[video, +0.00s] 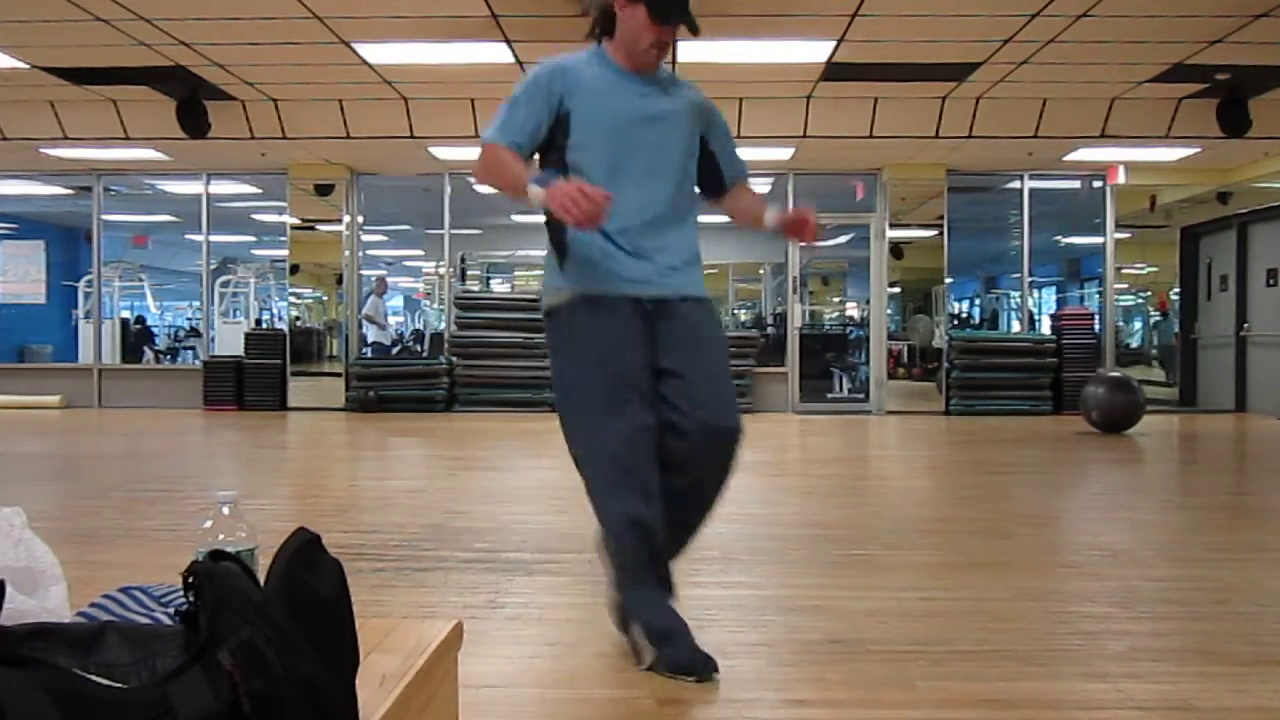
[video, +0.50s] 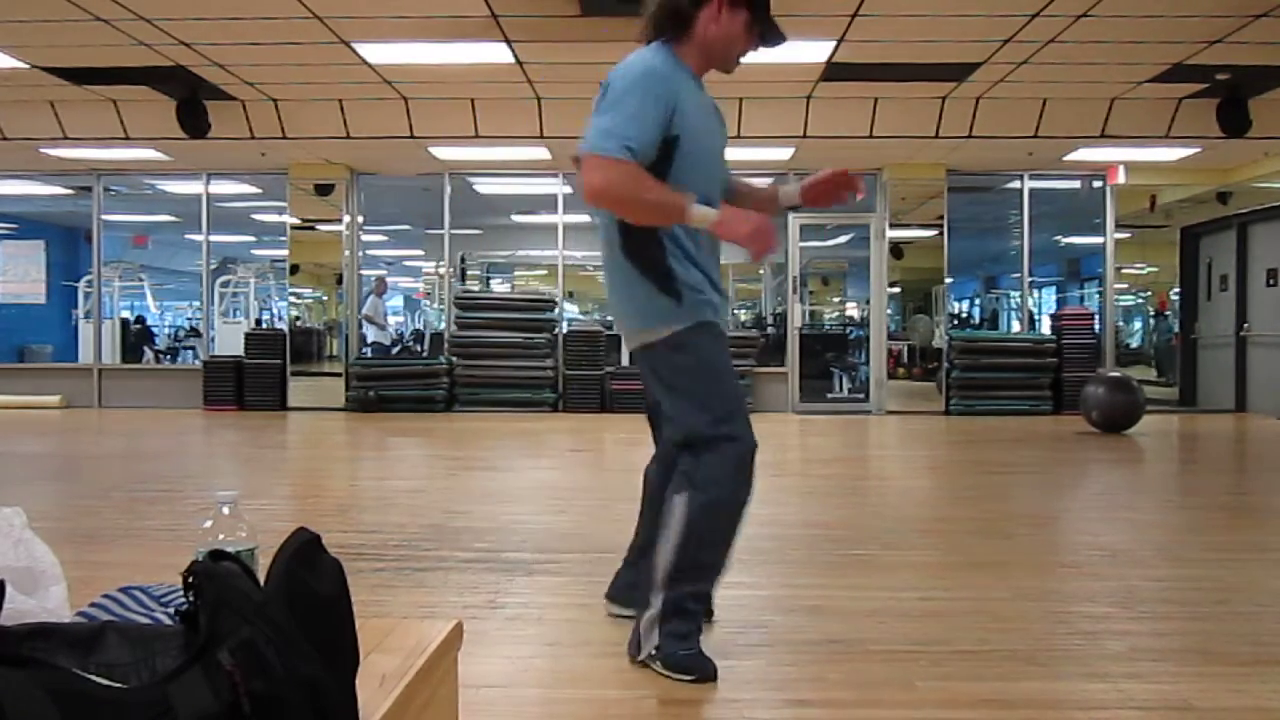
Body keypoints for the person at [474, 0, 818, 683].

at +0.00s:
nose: (669, 39)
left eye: (677, 27)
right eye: (659, 23)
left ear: (684, 25)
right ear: (620, 9)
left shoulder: (691, 105)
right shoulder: (559, 79)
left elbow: (734, 194)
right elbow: (492, 158)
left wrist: (773, 218)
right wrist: (542, 189)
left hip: (680, 292)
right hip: (591, 293)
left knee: (712, 427)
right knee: (620, 453)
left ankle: (635, 567)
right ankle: (663, 634)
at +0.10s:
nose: (689, 28)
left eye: (695, 18)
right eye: (679, 13)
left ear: (694, 22)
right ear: (638, 8)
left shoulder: (701, 105)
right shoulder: (575, 86)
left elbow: (702, 209)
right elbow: (517, 183)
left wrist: (746, 269)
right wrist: (564, 219)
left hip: (692, 310)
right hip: (609, 311)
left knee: (729, 439)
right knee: (638, 466)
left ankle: (649, 567)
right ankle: (665, 633)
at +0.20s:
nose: (730, 20)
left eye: (737, 12)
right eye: (726, 5)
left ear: (726, 16)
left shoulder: (711, 80)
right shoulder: (596, 49)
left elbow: (695, 165)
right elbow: (532, 138)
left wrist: (732, 227)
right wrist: (600, 185)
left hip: (690, 289)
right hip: (610, 287)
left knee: (707, 433)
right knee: (625, 454)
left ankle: (623, 551)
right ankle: (658, 631)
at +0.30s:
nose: (746, 29)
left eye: (752, 20)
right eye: (744, 13)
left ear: (719, 13)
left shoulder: (713, 76)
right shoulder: (616, 46)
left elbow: (711, 150)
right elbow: (529, 123)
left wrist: (761, 180)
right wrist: (632, 166)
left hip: (690, 288)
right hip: (615, 287)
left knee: (723, 421)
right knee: (627, 450)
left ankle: (628, 545)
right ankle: (646, 620)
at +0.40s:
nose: (754, 34)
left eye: (757, 23)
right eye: (753, 18)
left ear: (724, 10)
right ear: (719, 3)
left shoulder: (710, 86)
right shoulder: (628, 55)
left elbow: (731, 164)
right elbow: (556, 139)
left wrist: (798, 178)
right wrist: (660, 184)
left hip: (697, 296)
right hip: (637, 297)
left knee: (718, 440)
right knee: (678, 439)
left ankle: (657, 569)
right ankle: (649, 609)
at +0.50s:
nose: (752, 45)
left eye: (756, 34)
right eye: (751, 28)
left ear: (714, 18)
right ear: (717, 13)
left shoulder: (694, 99)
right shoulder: (648, 74)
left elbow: (721, 191)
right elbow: (602, 178)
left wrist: (801, 192)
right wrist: (717, 220)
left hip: (684, 310)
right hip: (664, 312)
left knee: (685, 449)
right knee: (723, 449)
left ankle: (638, 584)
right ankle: (667, 629)